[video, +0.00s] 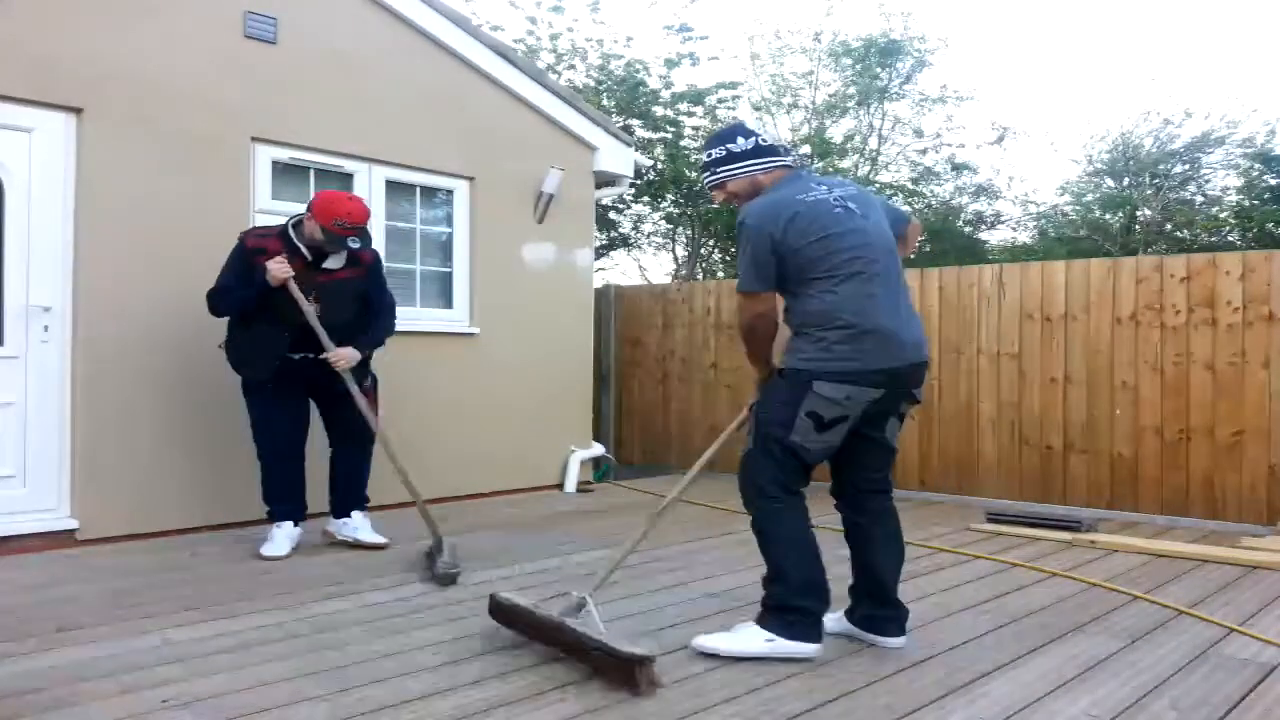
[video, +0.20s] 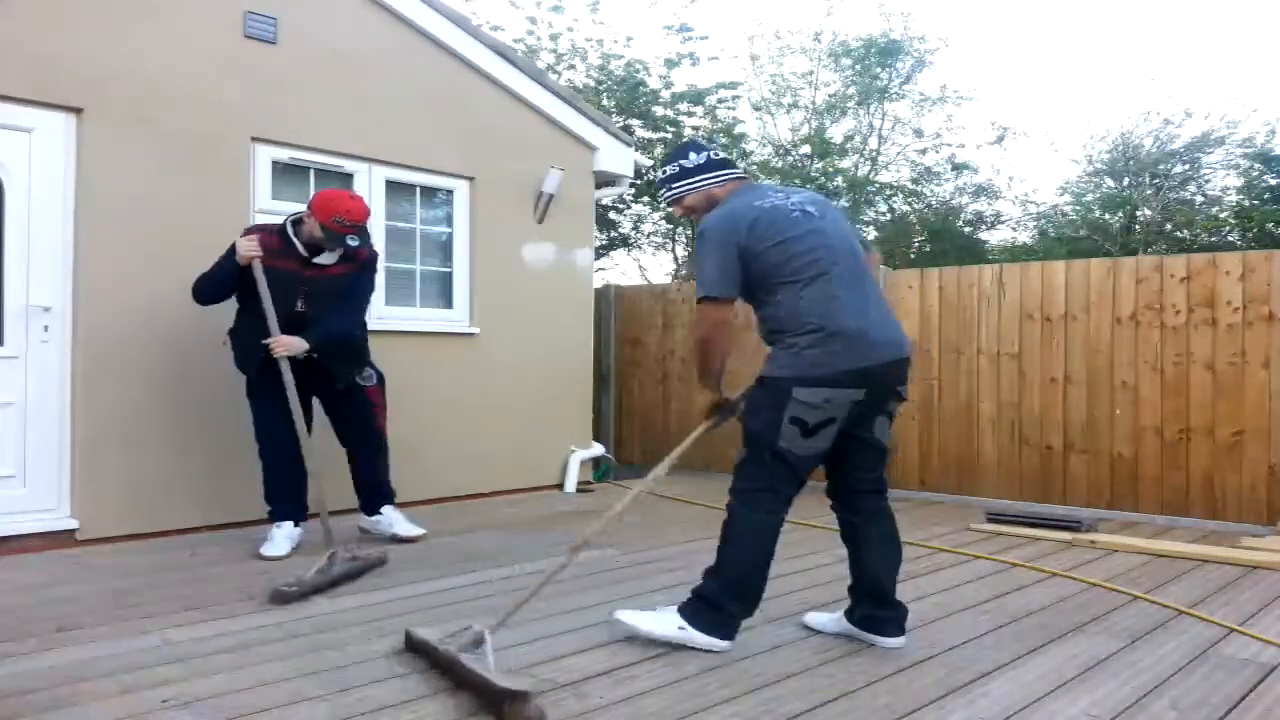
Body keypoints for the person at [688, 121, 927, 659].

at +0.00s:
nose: (722, 198)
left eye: (722, 185)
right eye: (717, 189)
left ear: (751, 169)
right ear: (774, 166)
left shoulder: (762, 216)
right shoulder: (847, 190)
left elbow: (758, 316)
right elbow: (907, 228)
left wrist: (763, 371)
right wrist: (862, 294)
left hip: (833, 361)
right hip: (902, 356)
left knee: (767, 476)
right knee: (864, 483)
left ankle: (791, 623)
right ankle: (878, 616)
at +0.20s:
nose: (683, 214)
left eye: (682, 202)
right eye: (677, 207)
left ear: (705, 184)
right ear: (728, 178)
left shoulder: (722, 223)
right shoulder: (811, 200)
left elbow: (713, 324)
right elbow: (866, 267)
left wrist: (712, 389)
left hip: (814, 361)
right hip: (884, 356)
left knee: (761, 487)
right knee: (860, 488)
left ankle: (712, 617)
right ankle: (878, 616)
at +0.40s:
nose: (630, 222)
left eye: (627, 210)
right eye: (623, 214)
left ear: (647, 190)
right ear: (667, 183)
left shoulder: (677, 225)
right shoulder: (742, 205)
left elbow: (662, 329)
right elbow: (784, 282)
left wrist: (648, 401)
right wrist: (743, 341)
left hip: (778, 361)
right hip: (845, 354)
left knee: (726, 489)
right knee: (840, 491)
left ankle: (704, 620)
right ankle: (874, 616)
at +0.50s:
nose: (613, 219)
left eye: (609, 207)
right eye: (606, 211)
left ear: (630, 189)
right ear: (651, 181)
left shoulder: (660, 224)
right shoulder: (723, 205)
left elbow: (635, 319)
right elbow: (758, 280)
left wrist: (607, 398)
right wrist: (705, 341)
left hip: (765, 360)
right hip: (832, 354)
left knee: (720, 488)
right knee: (825, 485)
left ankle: (704, 620)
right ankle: (861, 614)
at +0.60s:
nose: (599, 215)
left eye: (599, 202)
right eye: (595, 205)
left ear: (628, 188)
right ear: (648, 183)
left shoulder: (654, 222)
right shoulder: (722, 205)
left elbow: (614, 311)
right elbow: (736, 290)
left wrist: (578, 394)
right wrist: (671, 343)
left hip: (756, 361)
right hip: (823, 352)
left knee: (716, 488)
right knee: (808, 479)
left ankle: (704, 619)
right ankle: (849, 609)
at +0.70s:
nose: (596, 216)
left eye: (596, 203)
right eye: (592, 205)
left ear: (621, 187)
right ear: (644, 180)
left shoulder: (650, 220)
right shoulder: (720, 203)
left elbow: (604, 308)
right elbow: (736, 286)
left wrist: (571, 388)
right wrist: (669, 339)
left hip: (747, 357)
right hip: (815, 348)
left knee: (713, 488)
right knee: (798, 479)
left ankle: (704, 620)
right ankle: (827, 604)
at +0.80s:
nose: (598, 213)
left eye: (597, 199)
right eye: (593, 203)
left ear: (622, 183)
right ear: (646, 177)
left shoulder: (649, 217)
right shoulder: (723, 201)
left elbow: (608, 303)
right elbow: (752, 277)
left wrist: (591, 382)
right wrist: (692, 331)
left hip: (739, 359)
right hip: (807, 352)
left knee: (712, 488)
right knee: (788, 478)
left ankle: (704, 620)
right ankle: (798, 596)